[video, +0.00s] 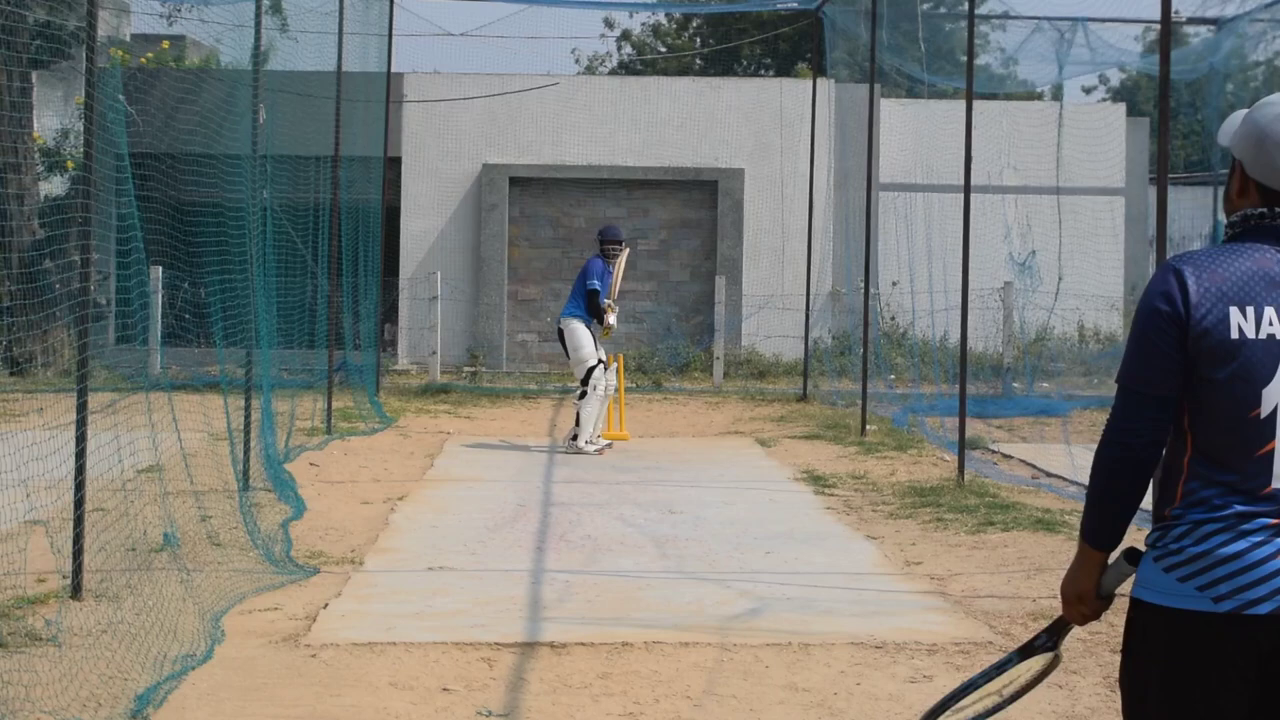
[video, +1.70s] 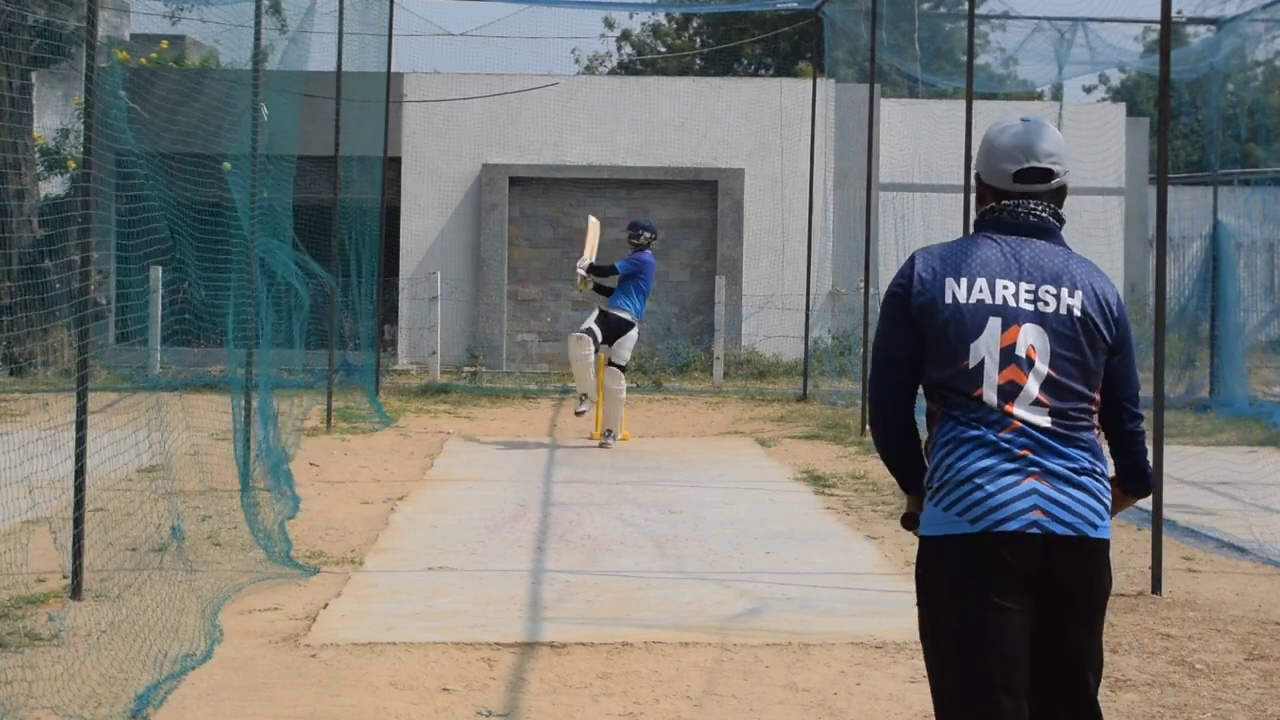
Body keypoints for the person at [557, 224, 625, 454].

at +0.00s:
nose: (612, 250)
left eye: (616, 246)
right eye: (608, 245)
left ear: (621, 247)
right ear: (601, 245)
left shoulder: (608, 269)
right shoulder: (595, 264)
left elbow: (600, 299)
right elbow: (592, 299)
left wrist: (608, 307)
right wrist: (604, 320)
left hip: (586, 324)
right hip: (573, 323)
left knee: (607, 380)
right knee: (595, 379)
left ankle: (591, 436)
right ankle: (579, 439)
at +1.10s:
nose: (624, 273)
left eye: (628, 269)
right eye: (620, 268)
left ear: (633, 272)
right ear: (613, 266)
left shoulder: (620, 292)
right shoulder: (602, 284)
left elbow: (618, 317)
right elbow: (614, 320)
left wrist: (635, 307)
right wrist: (638, 321)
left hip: (596, 340)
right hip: (579, 336)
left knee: (623, 389)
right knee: (606, 379)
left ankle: (592, 431)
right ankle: (600, 442)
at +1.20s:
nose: (621, 265)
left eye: (626, 262)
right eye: (618, 259)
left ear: (630, 264)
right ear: (610, 258)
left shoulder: (624, 286)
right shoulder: (598, 274)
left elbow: (637, 317)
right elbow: (609, 296)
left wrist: (647, 298)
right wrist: (641, 295)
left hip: (604, 339)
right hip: (583, 334)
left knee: (626, 394)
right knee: (607, 378)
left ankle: (592, 429)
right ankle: (601, 443)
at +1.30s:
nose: (619, 253)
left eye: (624, 251)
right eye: (616, 249)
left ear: (631, 253)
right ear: (610, 248)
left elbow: (642, 301)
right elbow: (599, 269)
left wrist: (642, 275)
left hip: (615, 333)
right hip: (589, 330)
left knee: (620, 388)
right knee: (595, 382)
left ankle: (599, 430)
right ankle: (596, 438)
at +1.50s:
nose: (629, 248)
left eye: (635, 245)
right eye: (626, 243)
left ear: (643, 246)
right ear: (622, 243)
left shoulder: (643, 263)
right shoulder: (613, 257)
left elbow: (623, 272)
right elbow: (599, 261)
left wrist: (595, 264)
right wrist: (585, 260)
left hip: (619, 325)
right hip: (593, 319)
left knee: (613, 380)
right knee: (588, 370)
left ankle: (609, 431)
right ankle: (592, 421)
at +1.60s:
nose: (634, 244)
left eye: (639, 241)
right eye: (631, 239)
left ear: (648, 242)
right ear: (627, 239)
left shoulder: (646, 261)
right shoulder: (627, 262)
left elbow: (616, 270)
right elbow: (607, 288)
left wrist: (580, 267)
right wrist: (586, 280)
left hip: (622, 321)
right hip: (599, 314)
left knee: (615, 377)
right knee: (593, 347)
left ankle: (607, 431)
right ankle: (590, 405)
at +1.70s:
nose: (629, 239)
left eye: (633, 235)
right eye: (630, 235)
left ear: (643, 237)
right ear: (645, 238)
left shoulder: (643, 257)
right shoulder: (638, 261)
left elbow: (607, 271)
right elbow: (617, 294)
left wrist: (586, 266)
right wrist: (591, 284)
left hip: (625, 320)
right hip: (608, 315)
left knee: (614, 376)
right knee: (581, 341)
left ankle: (610, 431)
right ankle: (585, 395)